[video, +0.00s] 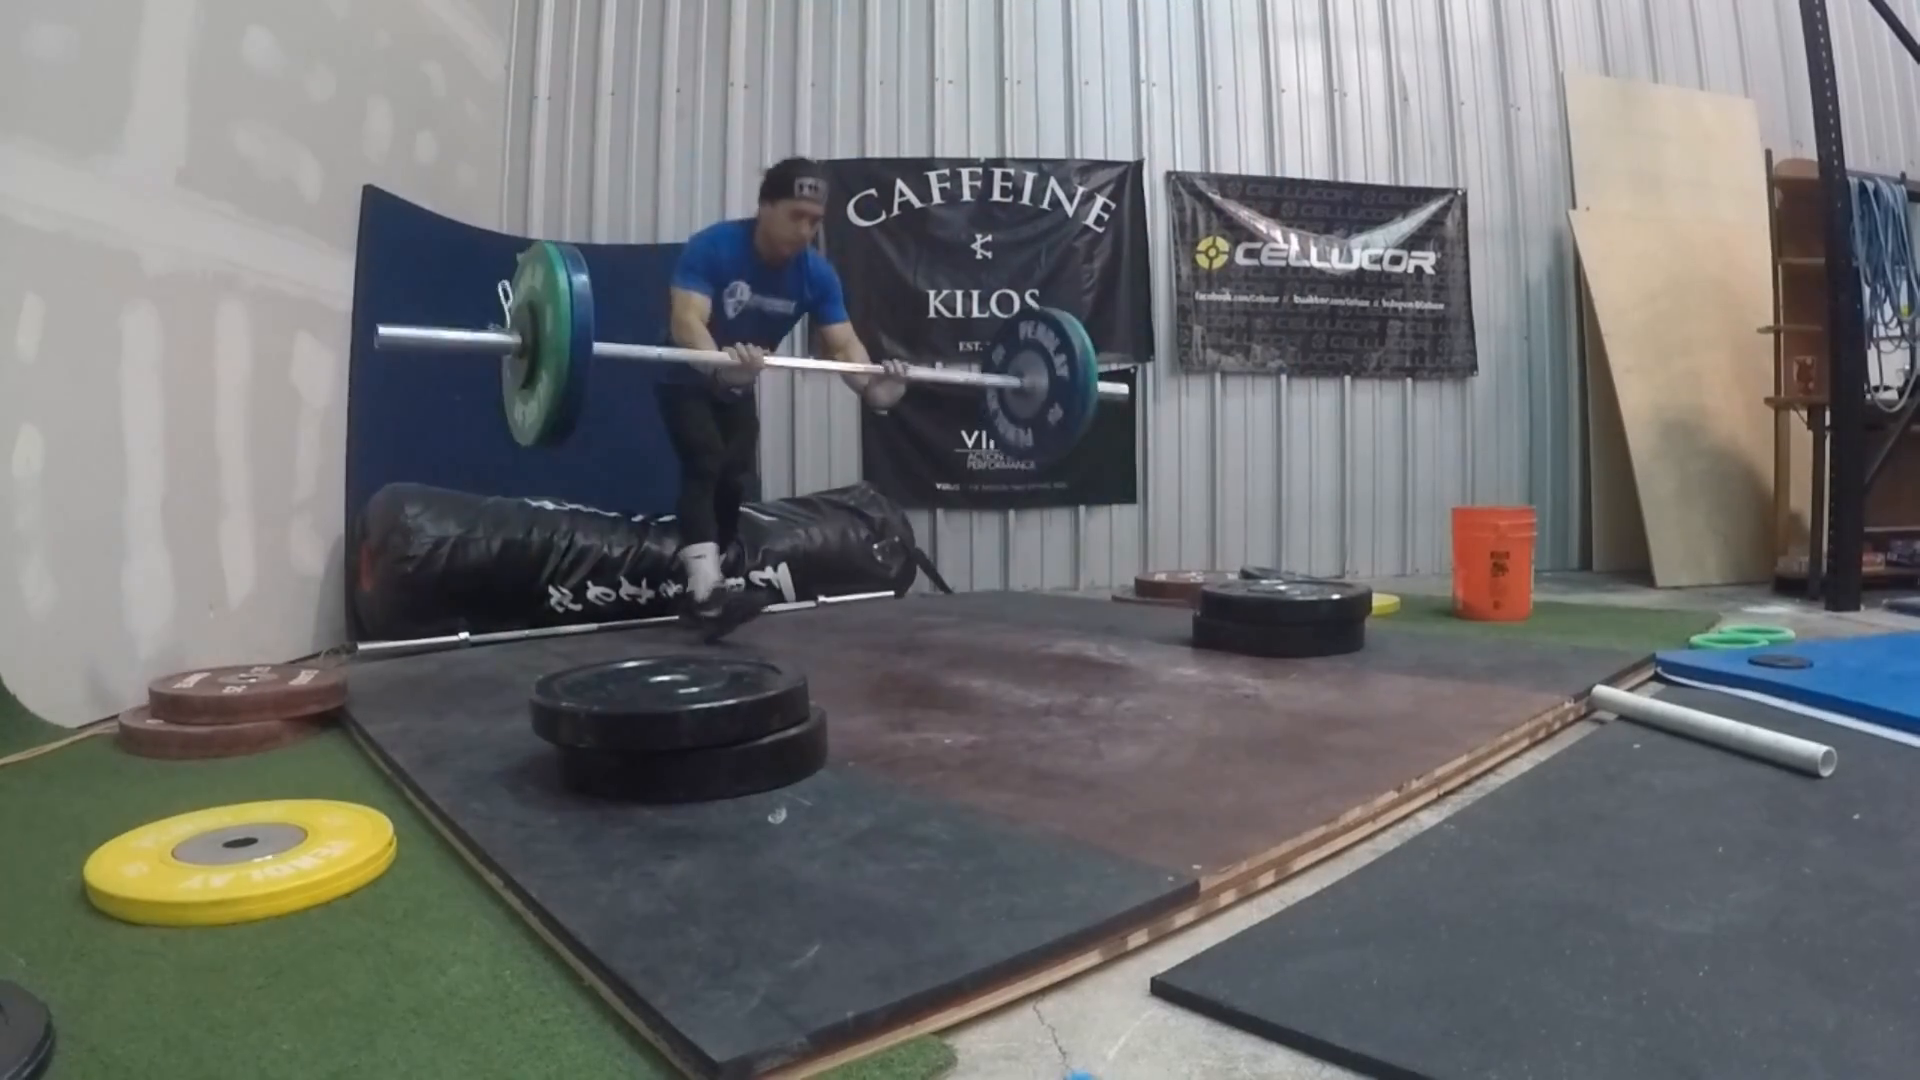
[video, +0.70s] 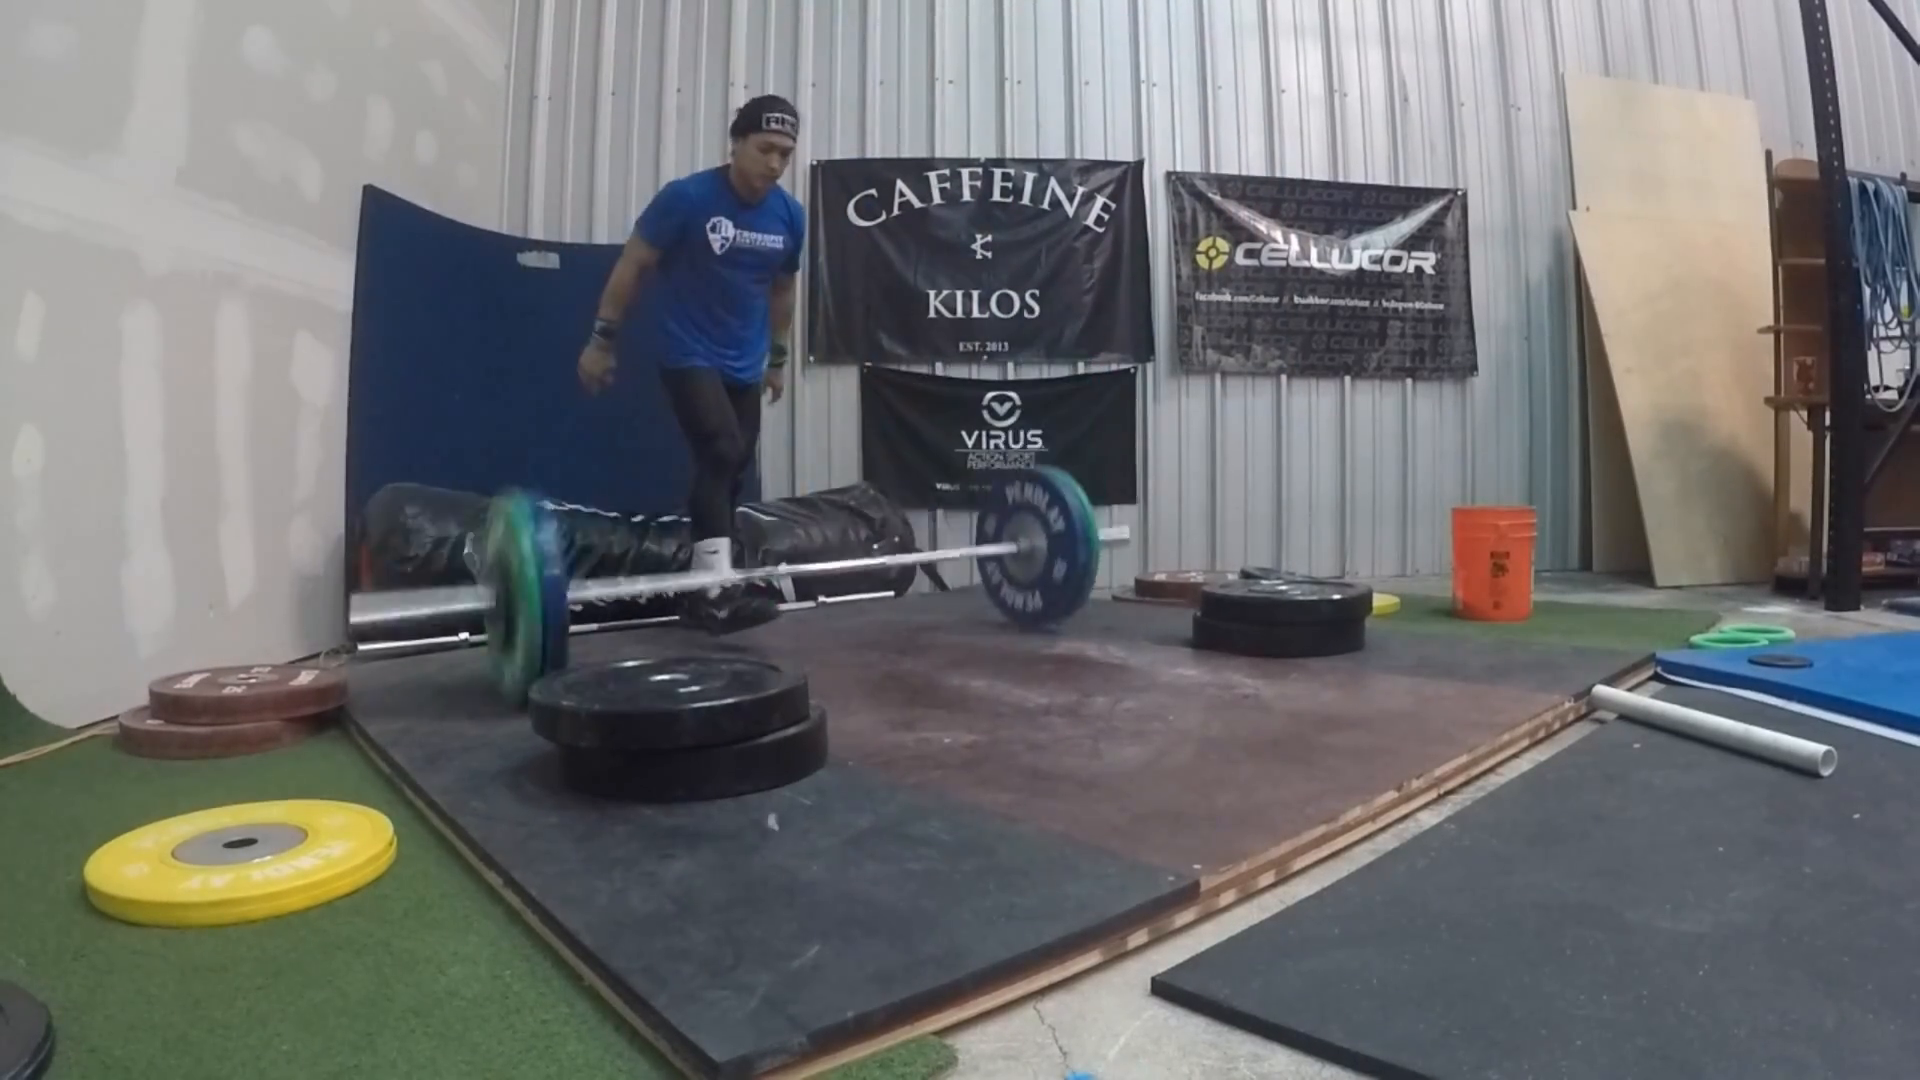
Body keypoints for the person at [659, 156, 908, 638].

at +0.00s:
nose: (807, 231)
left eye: (815, 221)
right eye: (798, 217)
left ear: (821, 223)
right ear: (766, 209)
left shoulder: (816, 274)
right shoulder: (711, 248)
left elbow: (844, 344)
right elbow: (685, 323)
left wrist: (876, 388)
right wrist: (720, 364)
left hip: (740, 386)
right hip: (687, 379)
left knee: (735, 481)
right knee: (704, 462)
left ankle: (718, 579)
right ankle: (704, 592)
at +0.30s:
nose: (778, 195)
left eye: (785, 185)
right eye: (768, 182)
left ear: (790, 185)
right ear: (734, 175)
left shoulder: (789, 244)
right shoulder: (687, 228)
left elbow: (804, 320)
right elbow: (663, 310)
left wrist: (819, 375)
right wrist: (696, 376)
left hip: (731, 374)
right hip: (672, 370)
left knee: (722, 478)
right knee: (674, 472)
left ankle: (702, 587)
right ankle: (666, 591)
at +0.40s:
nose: (775, 178)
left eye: (784, 169)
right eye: (766, 164)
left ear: (789, 171)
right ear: (733, 159)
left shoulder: (788, 232)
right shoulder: (684, 217)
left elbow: (793, 308)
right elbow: (646, 295)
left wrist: (795, 380)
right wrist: (650, 376)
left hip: (732, 374)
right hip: (675, 369)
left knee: (720, 477)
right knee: (683, 467)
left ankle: (699, 587)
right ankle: (672, 590)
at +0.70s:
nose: (774, 164)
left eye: (784, 154)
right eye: (765, 151)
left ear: (790, 157)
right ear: (735, 145)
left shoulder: (789, 216)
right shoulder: (687, 199)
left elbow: (783, 290)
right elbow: (632, 263)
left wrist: (777, 361)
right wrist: (602, 338)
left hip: (745, 360)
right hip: (685, 351)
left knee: (735, 463)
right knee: (723, 449)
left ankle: (707, 584)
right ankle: (715, 582)